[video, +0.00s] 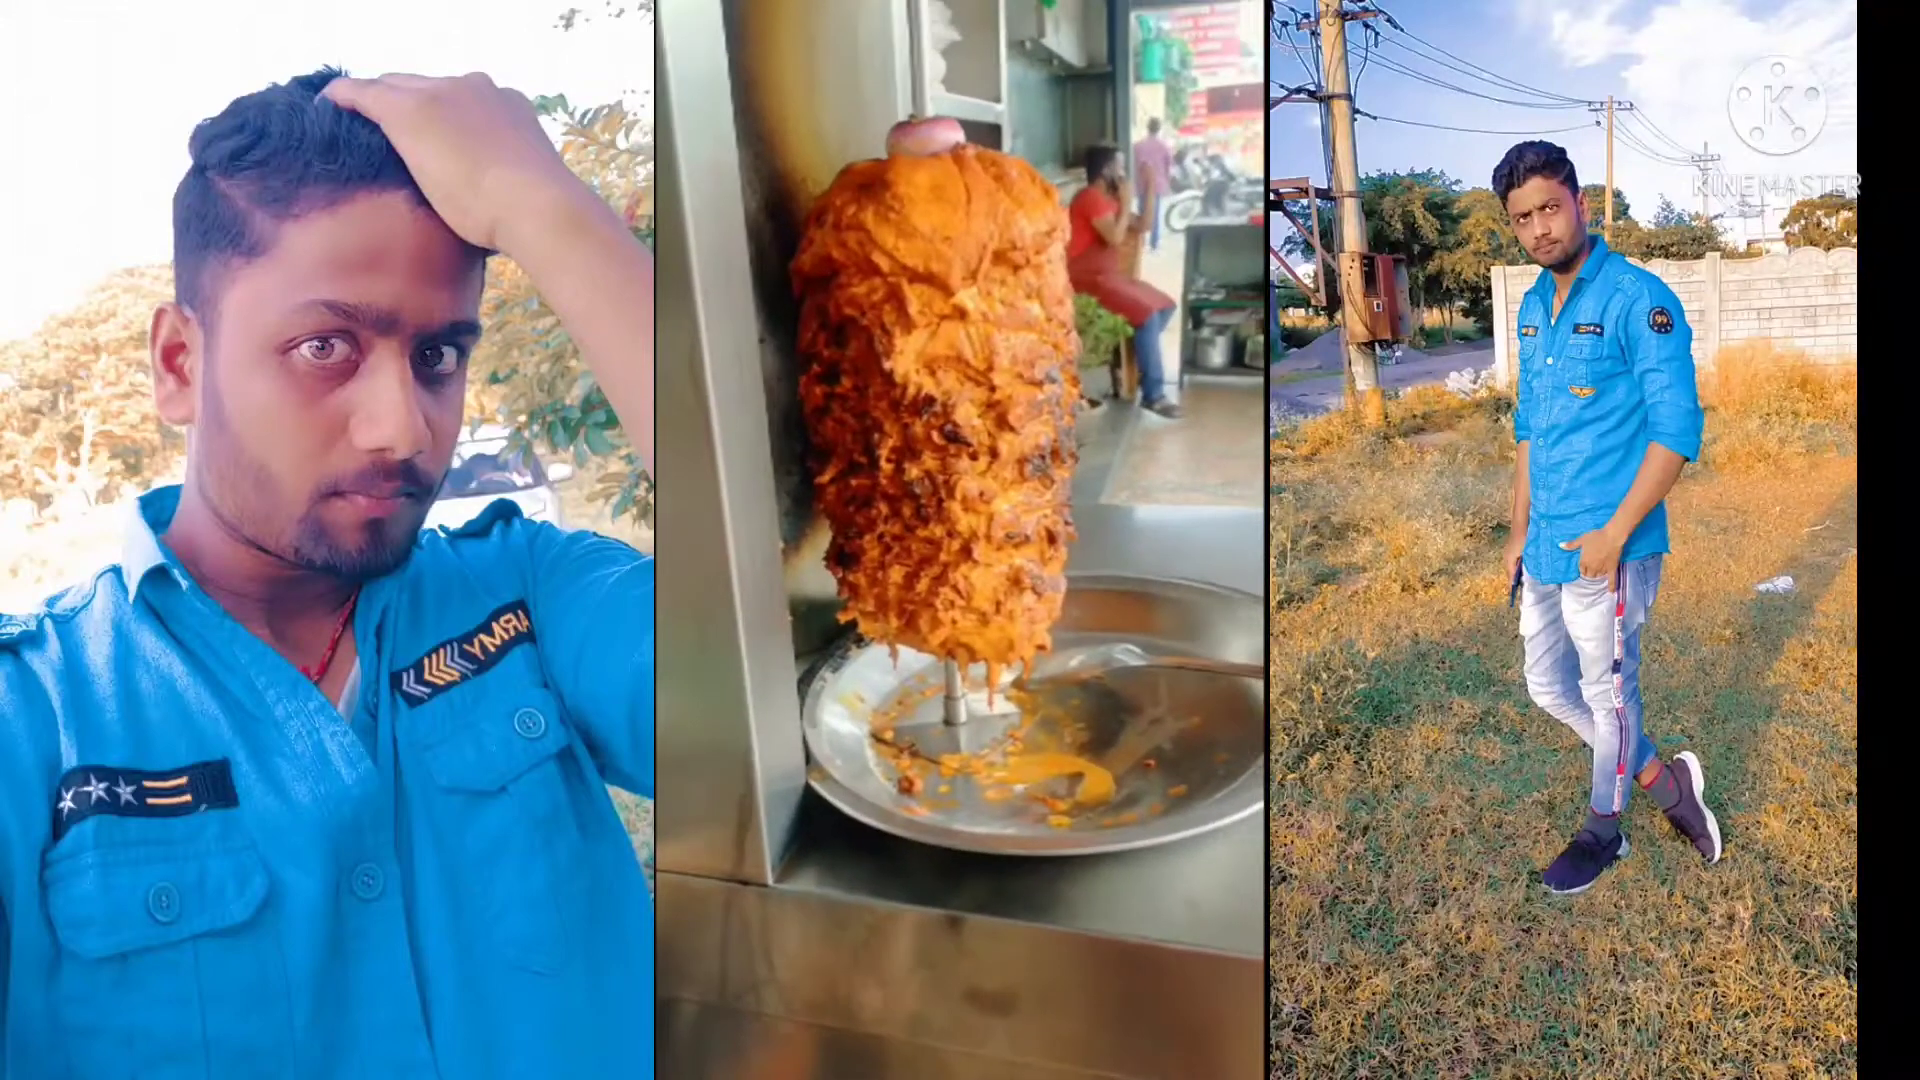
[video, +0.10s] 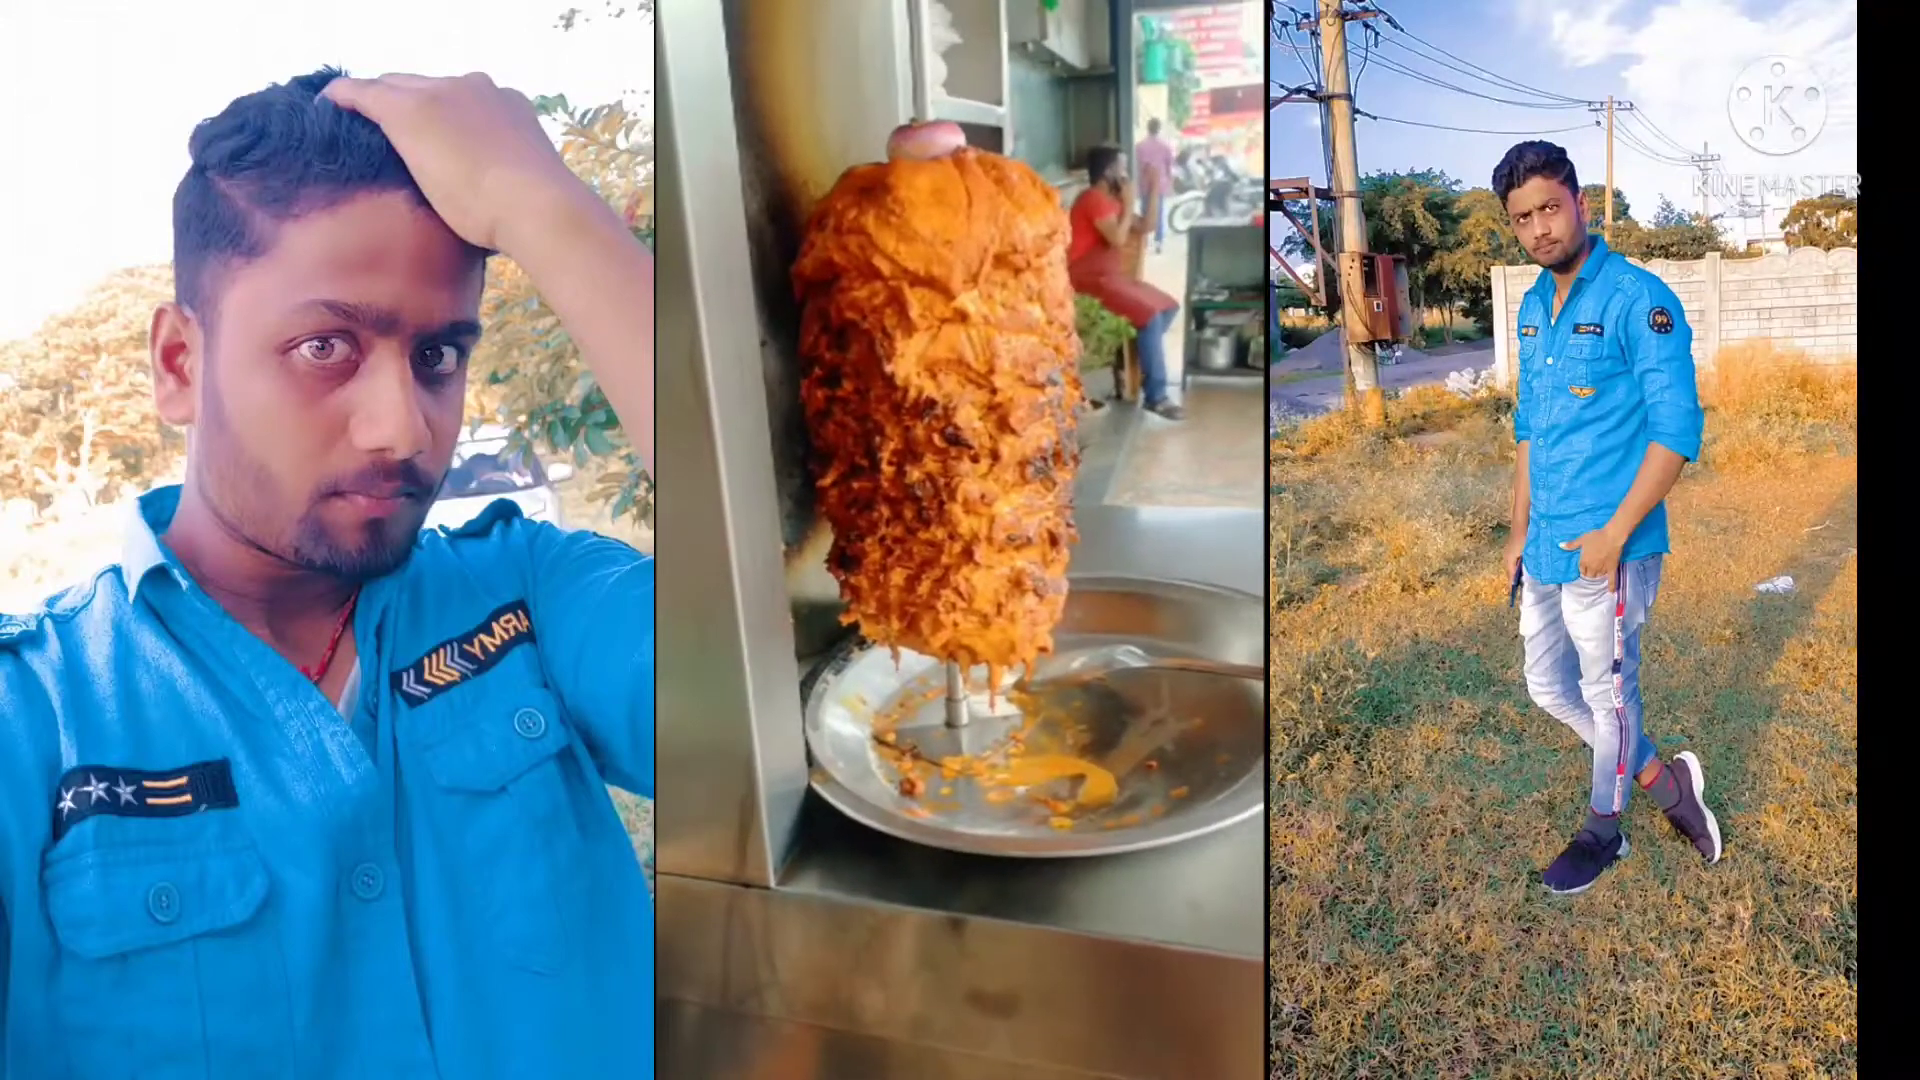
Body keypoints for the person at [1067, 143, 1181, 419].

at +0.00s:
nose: (1122, 171)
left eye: (1121, 165)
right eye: (1117, 165)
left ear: (1102, 170)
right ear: (1104, 169)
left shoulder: (1108, 197)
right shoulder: (1089, 198)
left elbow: (1141, 226)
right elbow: (1114, 236)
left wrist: (1150, 191)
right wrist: (1124, 199)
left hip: (1110, 273)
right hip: (1090, 276)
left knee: (1166, 306)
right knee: (1146, 315)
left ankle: (1123, 362)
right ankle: (1154, 395)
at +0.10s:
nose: (1125, 172)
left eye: (1124, 166)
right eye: (1121, 166)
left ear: (1105, 171)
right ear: (1107, 170)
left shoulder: (1110, 198)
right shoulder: (1093, 199)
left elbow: (1145, 227)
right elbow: (1117, 237)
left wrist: (1153, 191)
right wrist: (1127, 200)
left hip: (1112, 274)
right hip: (1092, 277)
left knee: (1169, 307)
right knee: (1149, 316)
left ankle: (1126, 364)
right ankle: (1156, 397)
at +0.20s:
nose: (1126, 174)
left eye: (1126, 168)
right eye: (1122, 168)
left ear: (1106, 173)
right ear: (1107, 172)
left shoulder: (1110, 200)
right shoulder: (1093, 201)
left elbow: (1146, 228)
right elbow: (1118, 239)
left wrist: (1155, 191)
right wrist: (1128, 201)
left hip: (1114, 277)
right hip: (1093, 280)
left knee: (1170, 309)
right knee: (1151, 318)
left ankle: (1127, 364)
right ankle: (1158, 398)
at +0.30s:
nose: (1136, 163)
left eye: (1136, 156)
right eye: (1132, 157)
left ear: (1117, 162)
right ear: (1117, 161)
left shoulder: (1122, 190)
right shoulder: (1103, 191)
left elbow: (1158, 219)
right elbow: (1127, 230)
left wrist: (1168, 182)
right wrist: (1138, 191)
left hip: (1125, 267)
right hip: (1103, 269)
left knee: (1180, 300)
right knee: (1161, 308)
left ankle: (1136, 355)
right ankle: (1167, 389)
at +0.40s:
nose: (1138, 168)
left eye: (1138, 162)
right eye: (1133, 162)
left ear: (1119, 168)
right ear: (1118, 167)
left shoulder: (1123, 195)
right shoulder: (1105, 196)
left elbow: (1160, 223)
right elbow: (1128, 236)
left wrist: (1171, 186)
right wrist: (1140, 197)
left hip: (1126, 272)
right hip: (1104, 275)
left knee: (1182, 305)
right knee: (1162, 312)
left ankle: (1138, 361)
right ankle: (1168, 394)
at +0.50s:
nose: (1133, 166)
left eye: (1133, 160)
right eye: (1128, 160)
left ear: (1114, 165)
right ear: (1113, 164)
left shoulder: (1119, 193)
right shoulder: (1101, 194)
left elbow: (1156, 222)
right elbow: (1124, 234)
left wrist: (1166, 186)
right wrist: (1135, 194)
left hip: (1121, 270)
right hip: (1099, 272)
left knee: (1178, 303)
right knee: (1158, 311)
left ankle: (1134, 357)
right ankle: (1164, 392)